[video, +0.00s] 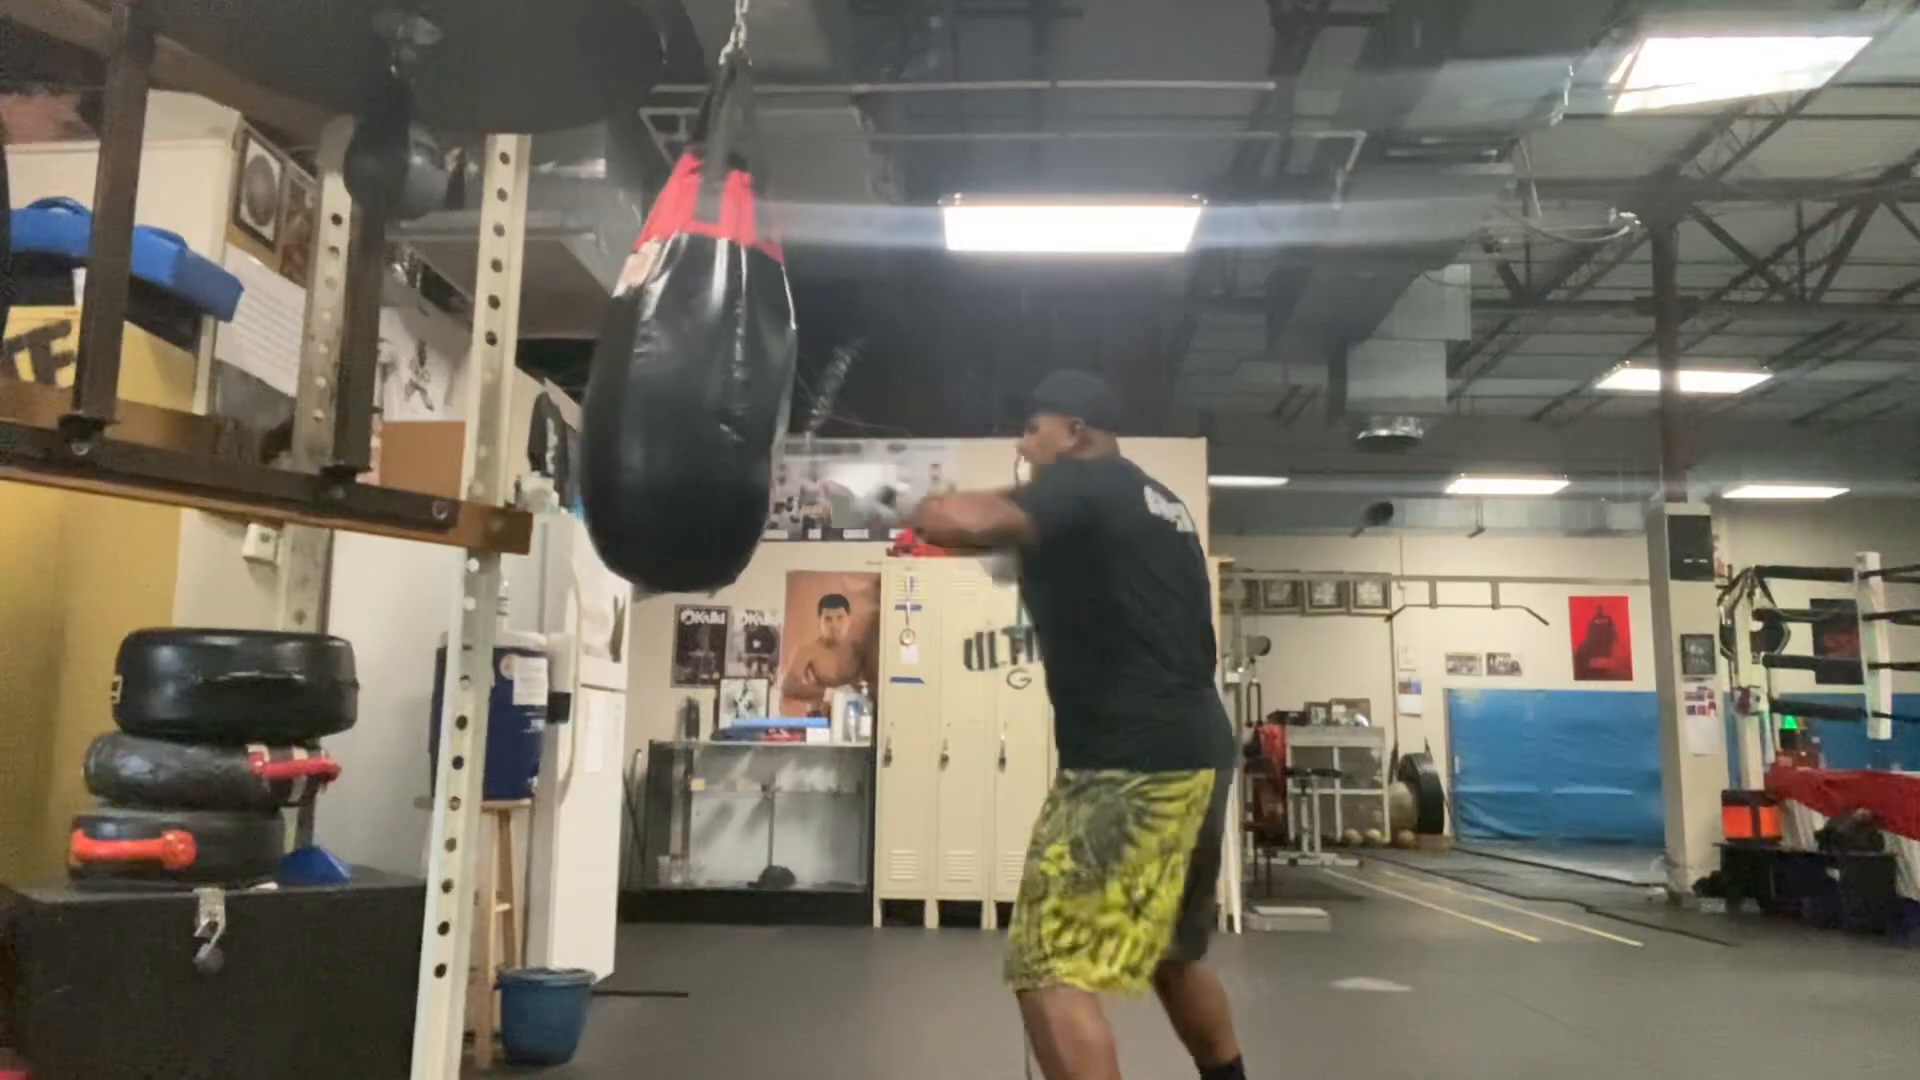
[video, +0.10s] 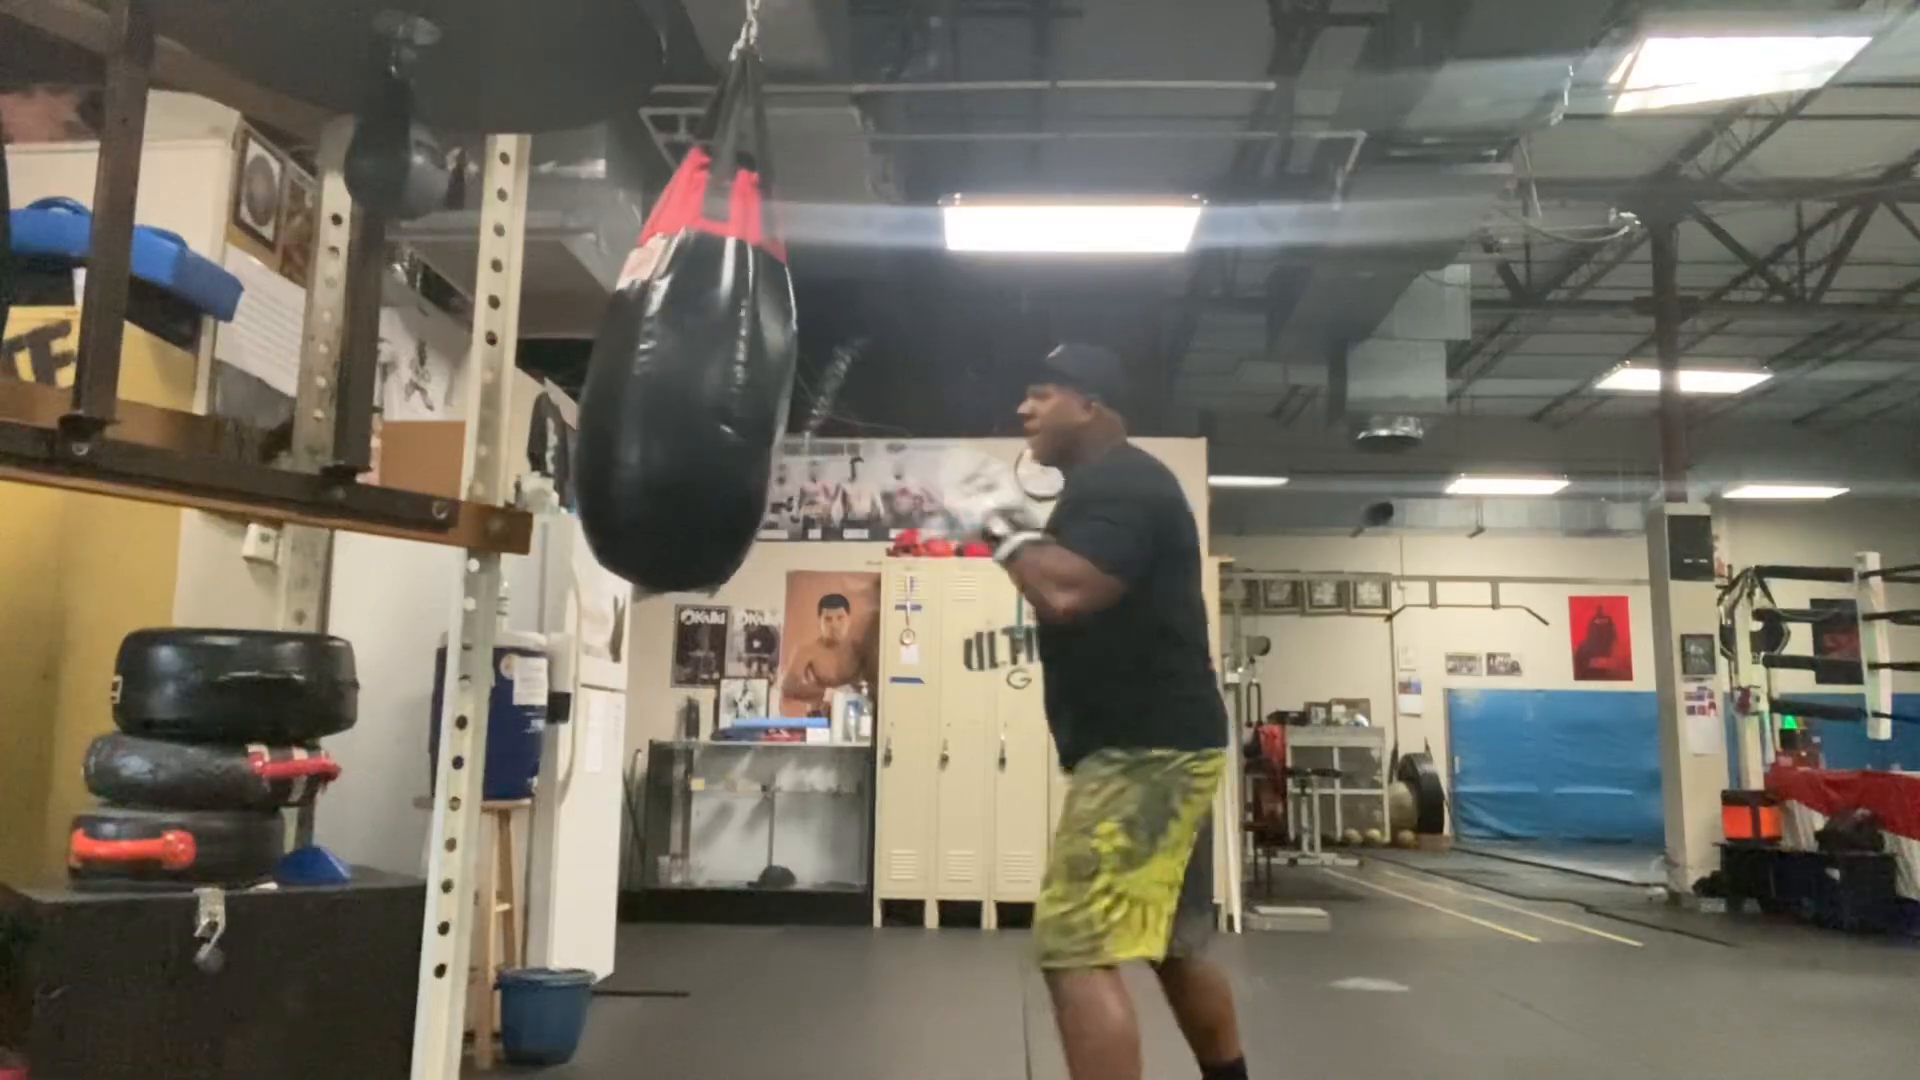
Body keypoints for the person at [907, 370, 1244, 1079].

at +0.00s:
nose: (1023, 446)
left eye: (1033, 429)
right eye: (1024, 431)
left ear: (1078, 430)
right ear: (1098, 434)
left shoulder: (1080, 486)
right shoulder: (1163, 501)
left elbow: (964, 519)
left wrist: (924, 507)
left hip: (1127, 757)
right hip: (1196, 751)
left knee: (1047, 966)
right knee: (1175, 954)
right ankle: (1228, 1074)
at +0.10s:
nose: (1022, 411)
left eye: (1038, 396)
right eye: (1027, 397)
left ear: (1090, 406)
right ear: (1089, 411)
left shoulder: (1121, 482)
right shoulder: (1108, 483)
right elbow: (1082, 578)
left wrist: (999, 531)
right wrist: (1022, 531)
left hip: (1141, 748)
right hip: (1164, 745)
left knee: (1073, 949)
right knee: (1177, 944)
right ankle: (1229, 1075)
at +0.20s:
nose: (1035, 422)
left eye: (1051, 409)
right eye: (1036, 408)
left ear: (1106, 413)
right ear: (1085, 418)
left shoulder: (1164, 494)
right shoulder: (1063, 491)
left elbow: (1103, 594)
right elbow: (929, 495)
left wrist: (1034, 509)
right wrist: (833, 462)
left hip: (1174, 747)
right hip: (1124, 747)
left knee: (1101, 939)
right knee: (1160, 947)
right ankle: (1223, 1072)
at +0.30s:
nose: (1041, 415)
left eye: (1055, 402)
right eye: (1043, 402)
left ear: (1108, 404)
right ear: (1100, 407)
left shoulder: (1173, 479)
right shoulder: (1080, 483)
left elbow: (1134, 578)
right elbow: (989, 547)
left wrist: (1031, 511)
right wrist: (910, 535)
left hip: (1184, 744)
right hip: (1141, 745)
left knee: (1121, 944)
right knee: (1178, 940)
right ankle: (1226, 1070)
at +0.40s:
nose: (1052, 413)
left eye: (1067, 398)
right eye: (1055, 398)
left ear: (1118, 403)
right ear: (1105, 406)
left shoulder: (1179, 479)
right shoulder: (1096, 489)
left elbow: (1125, 581)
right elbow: (1037, 591)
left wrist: (1036, 500)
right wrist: (954, 591)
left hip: (1190, 747)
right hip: (1147, 745)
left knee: (1125, 943)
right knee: (1187, 939)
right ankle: (1255, 1071)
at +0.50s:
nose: (1065, 428)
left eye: (1080, 414)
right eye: (1068, 413)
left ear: (1127, 419)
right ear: (1122, 422)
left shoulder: (1175, 492)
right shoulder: (1131, 504)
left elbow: (1104, 590)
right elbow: (1093, 614)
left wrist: (1041, 502)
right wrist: (1012, 606)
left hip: (1187, 753)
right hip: (1198, 751)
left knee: (1110, 946)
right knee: (1211, 952)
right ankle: (1275, 1072)